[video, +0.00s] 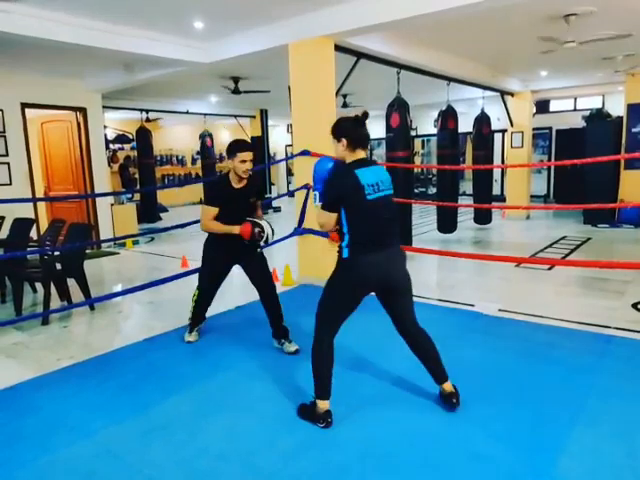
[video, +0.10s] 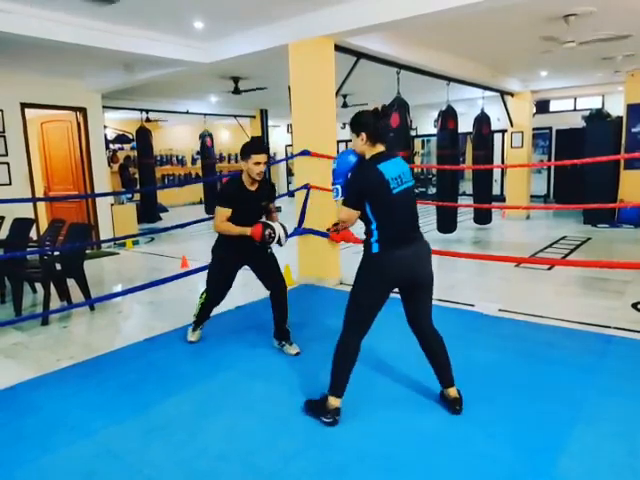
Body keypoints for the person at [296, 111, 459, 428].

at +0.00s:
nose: (333, 148)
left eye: (335, 143)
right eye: (334, 142)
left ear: (345, 144)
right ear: (364, 142)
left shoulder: (340, 176)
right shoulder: (381, 171)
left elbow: (326, 222)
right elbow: (367, 214)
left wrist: (311, 209)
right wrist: (333, 228)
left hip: (357, 268)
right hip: (392, 263)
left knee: (324, 331)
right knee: (410, 327)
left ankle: (321, 407)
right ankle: (448, 389)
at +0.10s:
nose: (352, 144)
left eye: (354, 139)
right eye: (352, 139)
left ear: (365, 138)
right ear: (380, 138)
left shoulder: (363, 173)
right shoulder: (400, 162)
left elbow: (347, 217)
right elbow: (382, 207)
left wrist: (336, 218)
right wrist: (347, 220)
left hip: (381, 263)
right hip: (418, 256)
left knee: (353, 332)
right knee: (424, 325)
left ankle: (332, 403)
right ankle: (451, 392)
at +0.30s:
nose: (379, 130)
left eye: (381, 124)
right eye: (380, 124)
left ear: (392, 125)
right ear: (408, 124)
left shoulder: (386, 158)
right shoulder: (426, 152)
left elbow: (368, 204)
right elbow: (413, 191)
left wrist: (367, 179)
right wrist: (376, 177)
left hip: (410, 250)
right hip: (443, 241)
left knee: (399, 323)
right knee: (439, 307)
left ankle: (417, 395)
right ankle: (469, 374)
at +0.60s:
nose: (416, 145)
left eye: (418, 140)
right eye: (416, 140)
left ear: (432, 141)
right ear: (442, 140)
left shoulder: (430, 178)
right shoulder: (463, 170)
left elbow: (405, 220)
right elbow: (445, 209)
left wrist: (399, 184)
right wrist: (415, 180)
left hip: (441, 265)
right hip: (475, 258)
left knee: (401, 320)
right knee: (479, 318)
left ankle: (417, 393)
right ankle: (513, 380)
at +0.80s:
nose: (416, 143)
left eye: (419, 138)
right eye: (418, 137)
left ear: (431, 141)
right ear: (444, 140)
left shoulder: (420, 173)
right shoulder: (460, 167)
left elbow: (377, 197)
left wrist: (368, 168)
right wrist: (383, 172)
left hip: (434, 262)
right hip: (470, 257)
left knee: (389, 311)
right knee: (475, 317)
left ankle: (376, 381)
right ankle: (510, 378)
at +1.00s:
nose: (387, 138)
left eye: (391, 133)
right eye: (388, 133)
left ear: (404, 137)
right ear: (416, 138)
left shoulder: (389, 165)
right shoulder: (431, 164)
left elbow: (346, 177)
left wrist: (329, 155)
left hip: (408, 258)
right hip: (442, 252)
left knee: (375, 315)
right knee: (457, 315)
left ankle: (362, 381)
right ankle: (497, 376)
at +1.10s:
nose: (381, 133)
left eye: (384, 128)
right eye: (383, 128)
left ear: (396, 133)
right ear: (403, 135)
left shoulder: (393, 168)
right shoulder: (410, 160)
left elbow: (364, 204)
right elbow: (363, 159)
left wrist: (341, 177)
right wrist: (338, 140)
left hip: (403, 254)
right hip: (431, 248)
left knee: (374, 316)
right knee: (441, 316)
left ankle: (361, 381)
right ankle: (483, 379)